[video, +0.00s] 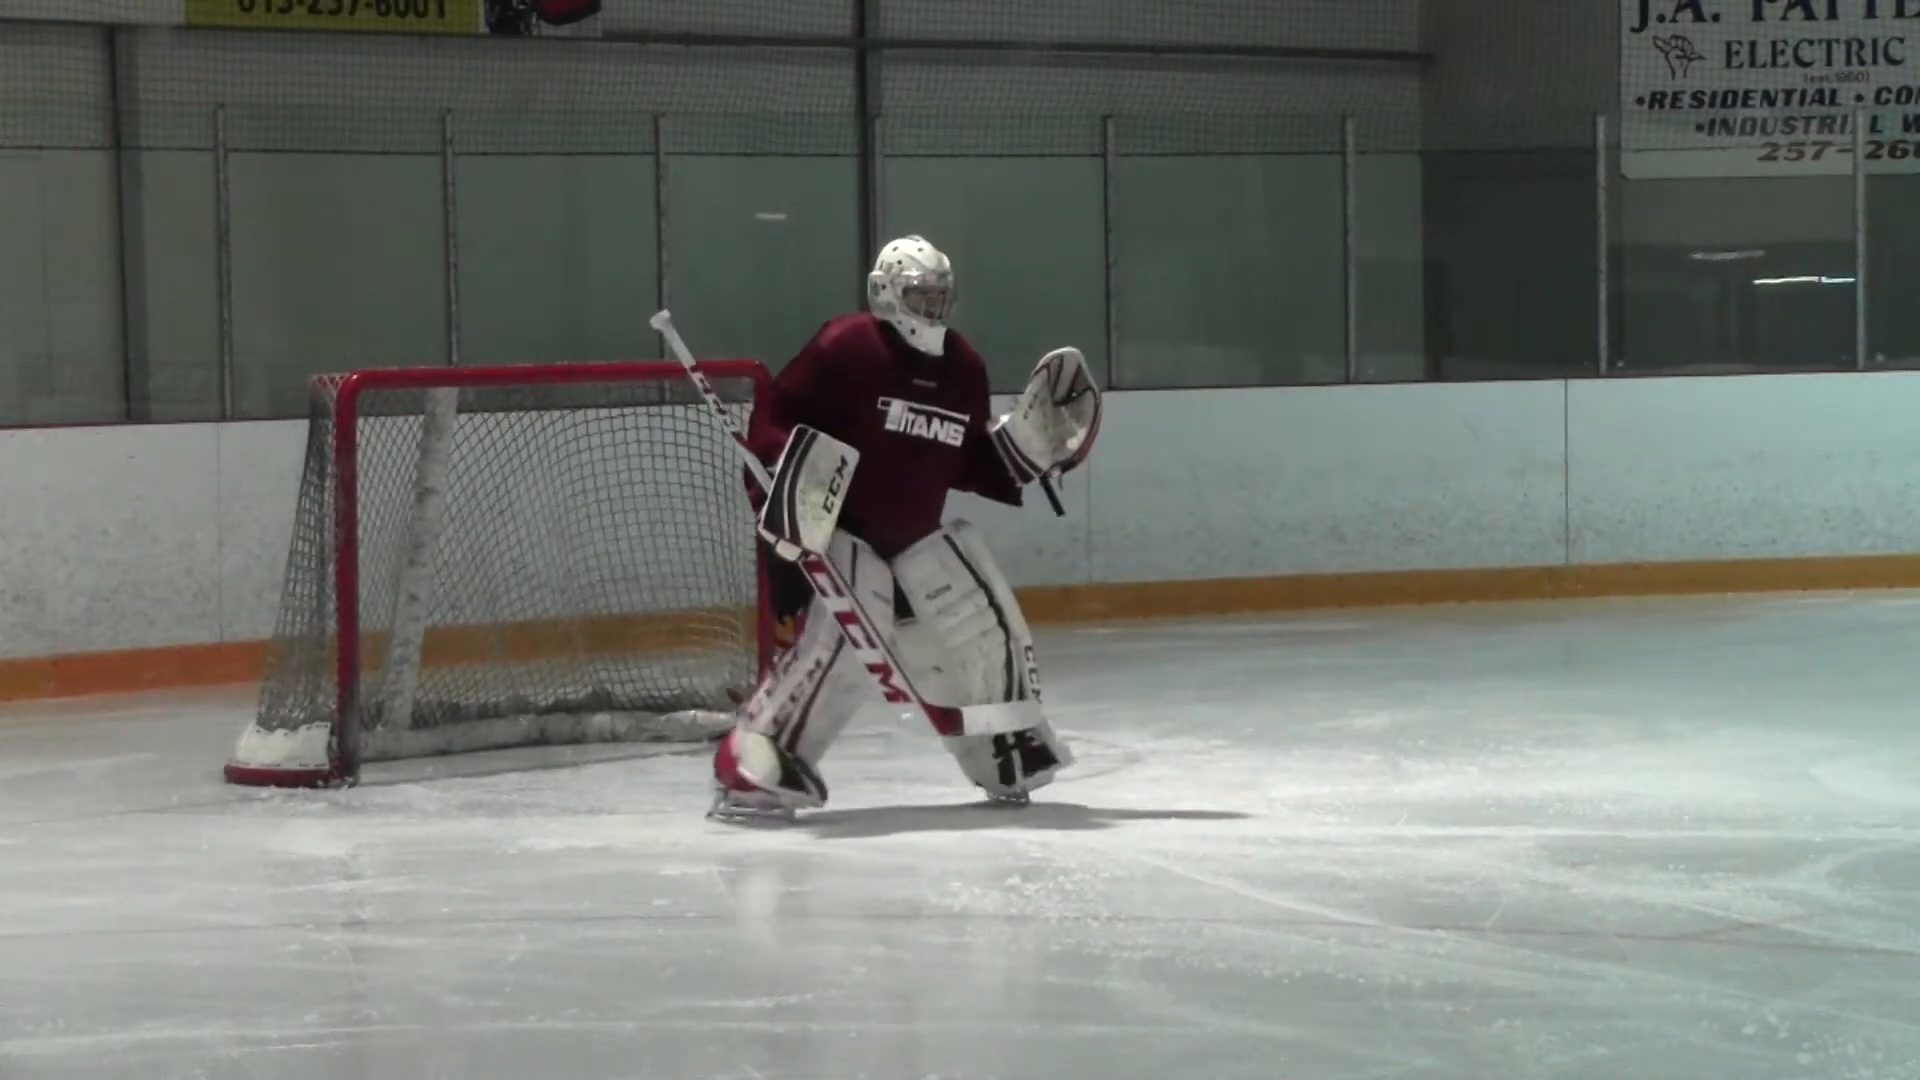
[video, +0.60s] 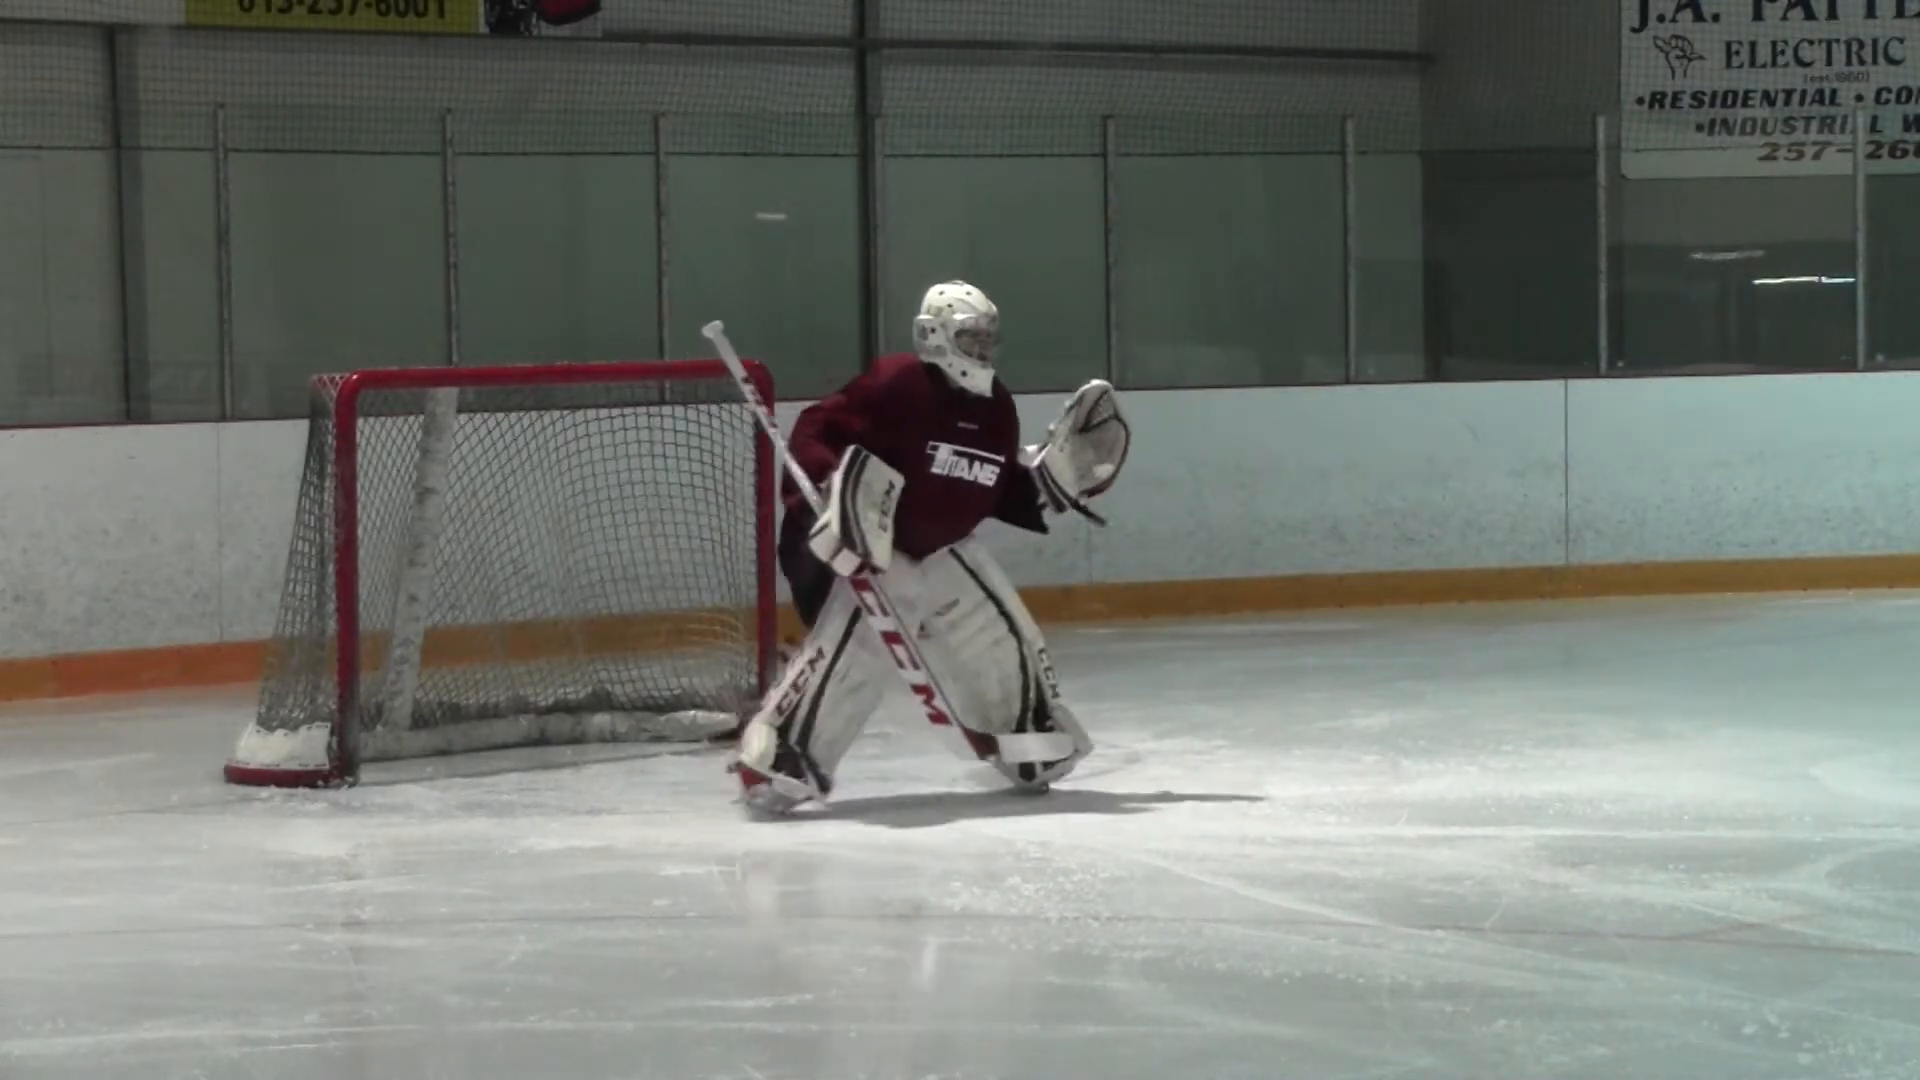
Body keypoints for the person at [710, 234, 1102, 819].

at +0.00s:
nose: (929, 312)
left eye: (939, 300)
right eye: (917, 297)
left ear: (951, 300)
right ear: (884, 295)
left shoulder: (963, 368)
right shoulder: (849, 346)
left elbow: (964, 463)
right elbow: (769, 417)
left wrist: (1031, 441)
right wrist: (798, 471)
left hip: (917, 540)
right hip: (843, 532)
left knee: (973, 632)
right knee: (842, 647)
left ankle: (1005, 756)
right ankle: (759, 763)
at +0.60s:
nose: (982, 349)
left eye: (987, 338)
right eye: (969, 337)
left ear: (994, 338)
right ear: (934, 338)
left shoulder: (996, 406)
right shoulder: (897, 384)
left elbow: (992, 488)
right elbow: (810, 434)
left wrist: (1052, 482)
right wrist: (845, 491)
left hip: (945, 552)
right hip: (866, 550)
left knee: (1001, 638)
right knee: (848, 657)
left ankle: (1031, 748)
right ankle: (780, 767)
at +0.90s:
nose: (1048, 367)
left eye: (1052, 355)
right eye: (1036, 355)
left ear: (1053, 354)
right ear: (1000, 353)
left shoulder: (1046, 427)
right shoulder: (965, 394)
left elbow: (1045, 513)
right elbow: (881, 448)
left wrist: (1095, 497)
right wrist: (928, 500)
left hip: (998, 561)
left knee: (1054, 624)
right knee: (914, 657)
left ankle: (1058, 736)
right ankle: (811, 760)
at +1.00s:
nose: (1065, 372)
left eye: (1068, 361)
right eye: (1054, 360)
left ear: (1070, 360)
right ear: (1020, 357)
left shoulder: (1055, 428)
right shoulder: (983, 388)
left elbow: (1048, 517)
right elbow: (907, 445)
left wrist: (1104, 506)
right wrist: (960, 507)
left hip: (1003, 553)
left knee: (1059, 640)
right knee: (940, 652)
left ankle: (1088, 744)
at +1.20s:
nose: (1074, 381)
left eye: (1077, 369)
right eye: (1063, 368)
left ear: (1075, 367)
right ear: (1030, 366)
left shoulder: (1054, 435)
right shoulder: (994, 397)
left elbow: (1050, 519)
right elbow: (926, 463)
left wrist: (1096, 501)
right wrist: (986, 526)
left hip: (962, 551)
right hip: (903, 540)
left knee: (1043, 616)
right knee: (981, 636)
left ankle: (1066, 739)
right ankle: (872, 743)